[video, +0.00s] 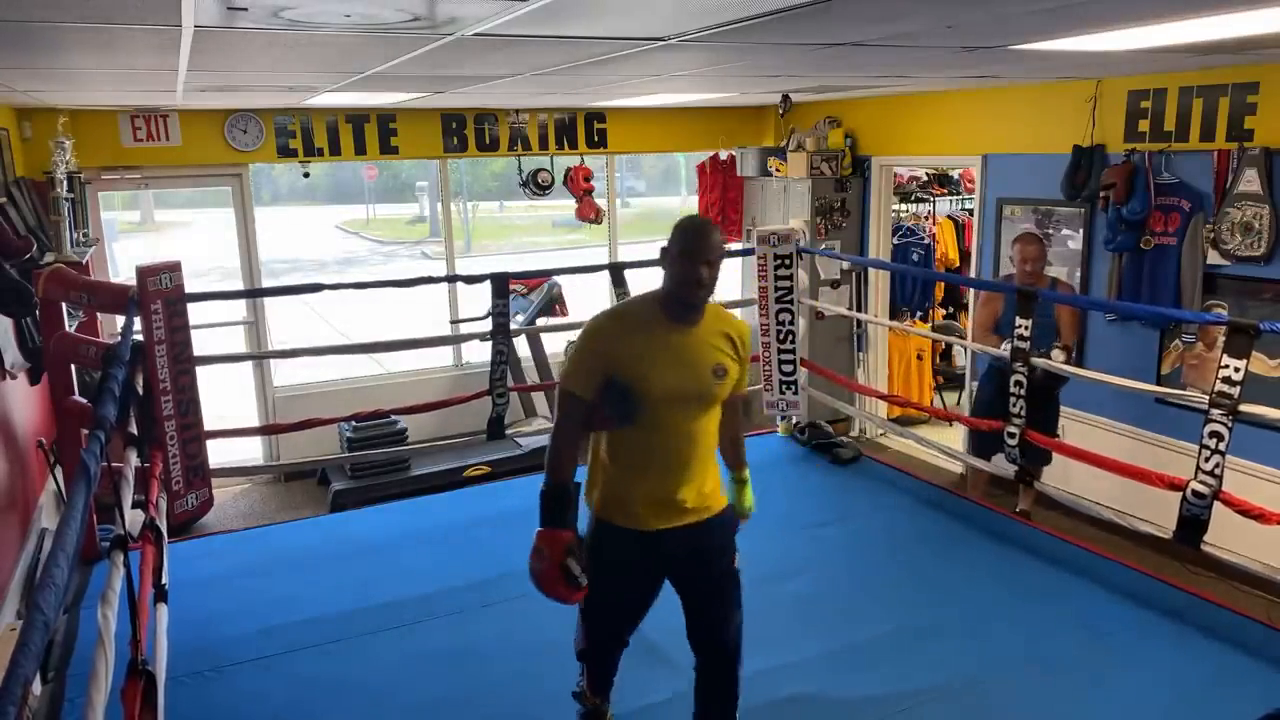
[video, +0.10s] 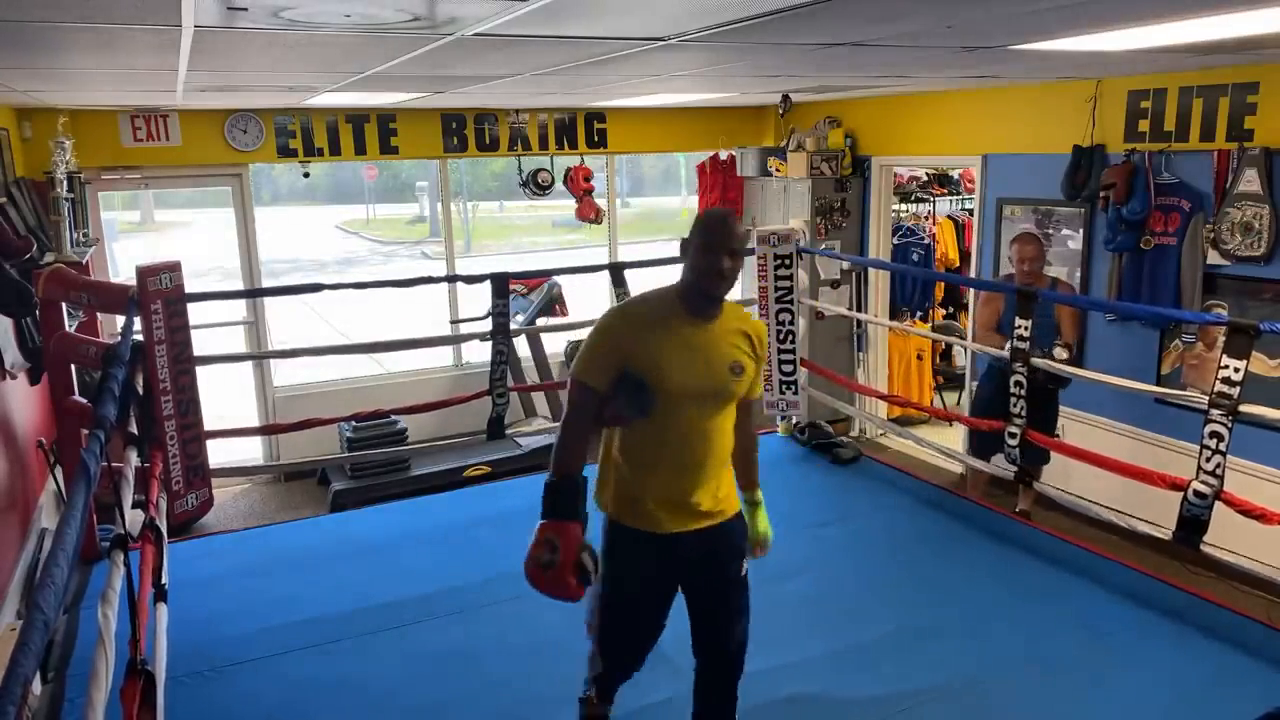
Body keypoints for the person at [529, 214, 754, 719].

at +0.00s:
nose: (703, 275)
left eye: (713, 263)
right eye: (691, 261)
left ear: (723, 267)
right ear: (665, 257)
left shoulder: (731, 334)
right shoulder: (608, 333)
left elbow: (730, 414)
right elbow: (567, 430)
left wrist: (741, 484)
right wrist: (556, 524)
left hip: (703, 523)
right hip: (623, 528)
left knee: (721, 654)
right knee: (603, 638)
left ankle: (716, 719)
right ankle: (595, 702)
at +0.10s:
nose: (727, 266)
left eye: (738, 255)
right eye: (715, 252)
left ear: (746, 259)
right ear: (686, 250)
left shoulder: (748, 331)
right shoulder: (625, 326)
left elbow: (745, 425)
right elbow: (577, 423)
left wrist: (753, 505)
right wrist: (562, 522)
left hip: (717, 523)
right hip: (637, 528)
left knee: (724, 660)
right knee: (623, 649)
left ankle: (716, 716)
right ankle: (597, 697)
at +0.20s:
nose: (745, 263)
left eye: (755, 252)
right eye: (732, 249)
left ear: (763, 259)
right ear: (702, 248)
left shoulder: (765, 333)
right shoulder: (638, 323)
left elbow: (762, 425)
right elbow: (588, 415)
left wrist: (771, 515)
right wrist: (571, 513)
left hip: (723, 525)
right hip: (646, 527)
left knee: (721, 676)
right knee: (642, 671)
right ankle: (615, 705)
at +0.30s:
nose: (762, 270)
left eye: (773, 259)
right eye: (751, 256)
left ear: (780, 264)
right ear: (717, 249)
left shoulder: (778, 339)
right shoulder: (646, 328)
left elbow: (778, 432)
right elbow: (594, 432)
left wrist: (777, 508)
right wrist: (589, 521)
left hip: (731, 533)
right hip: (654, 536)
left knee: (725, 679)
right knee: (664, 689)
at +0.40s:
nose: (781, 299)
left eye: (789, 287)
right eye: (774, 284)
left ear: (794, 279)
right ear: (740, 265)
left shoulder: (790, 347)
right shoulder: (657, 336)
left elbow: (795, 451)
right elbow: (609, 442)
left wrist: (767, 519)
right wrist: (639, 503)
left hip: (748, 555)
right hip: (675, 559)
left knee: (728, 699)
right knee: (694, 706)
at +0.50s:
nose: (789, 307)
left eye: (797, 294)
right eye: (783, 292)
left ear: (800, 288)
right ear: (748, 275)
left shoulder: (797, 353)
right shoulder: (659, 344)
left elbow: (802, 464)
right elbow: (612, 455)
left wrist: (758, 525)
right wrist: (671, 497)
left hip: (755, 563)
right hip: (683, 567)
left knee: (733, 697)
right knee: (704, 709)